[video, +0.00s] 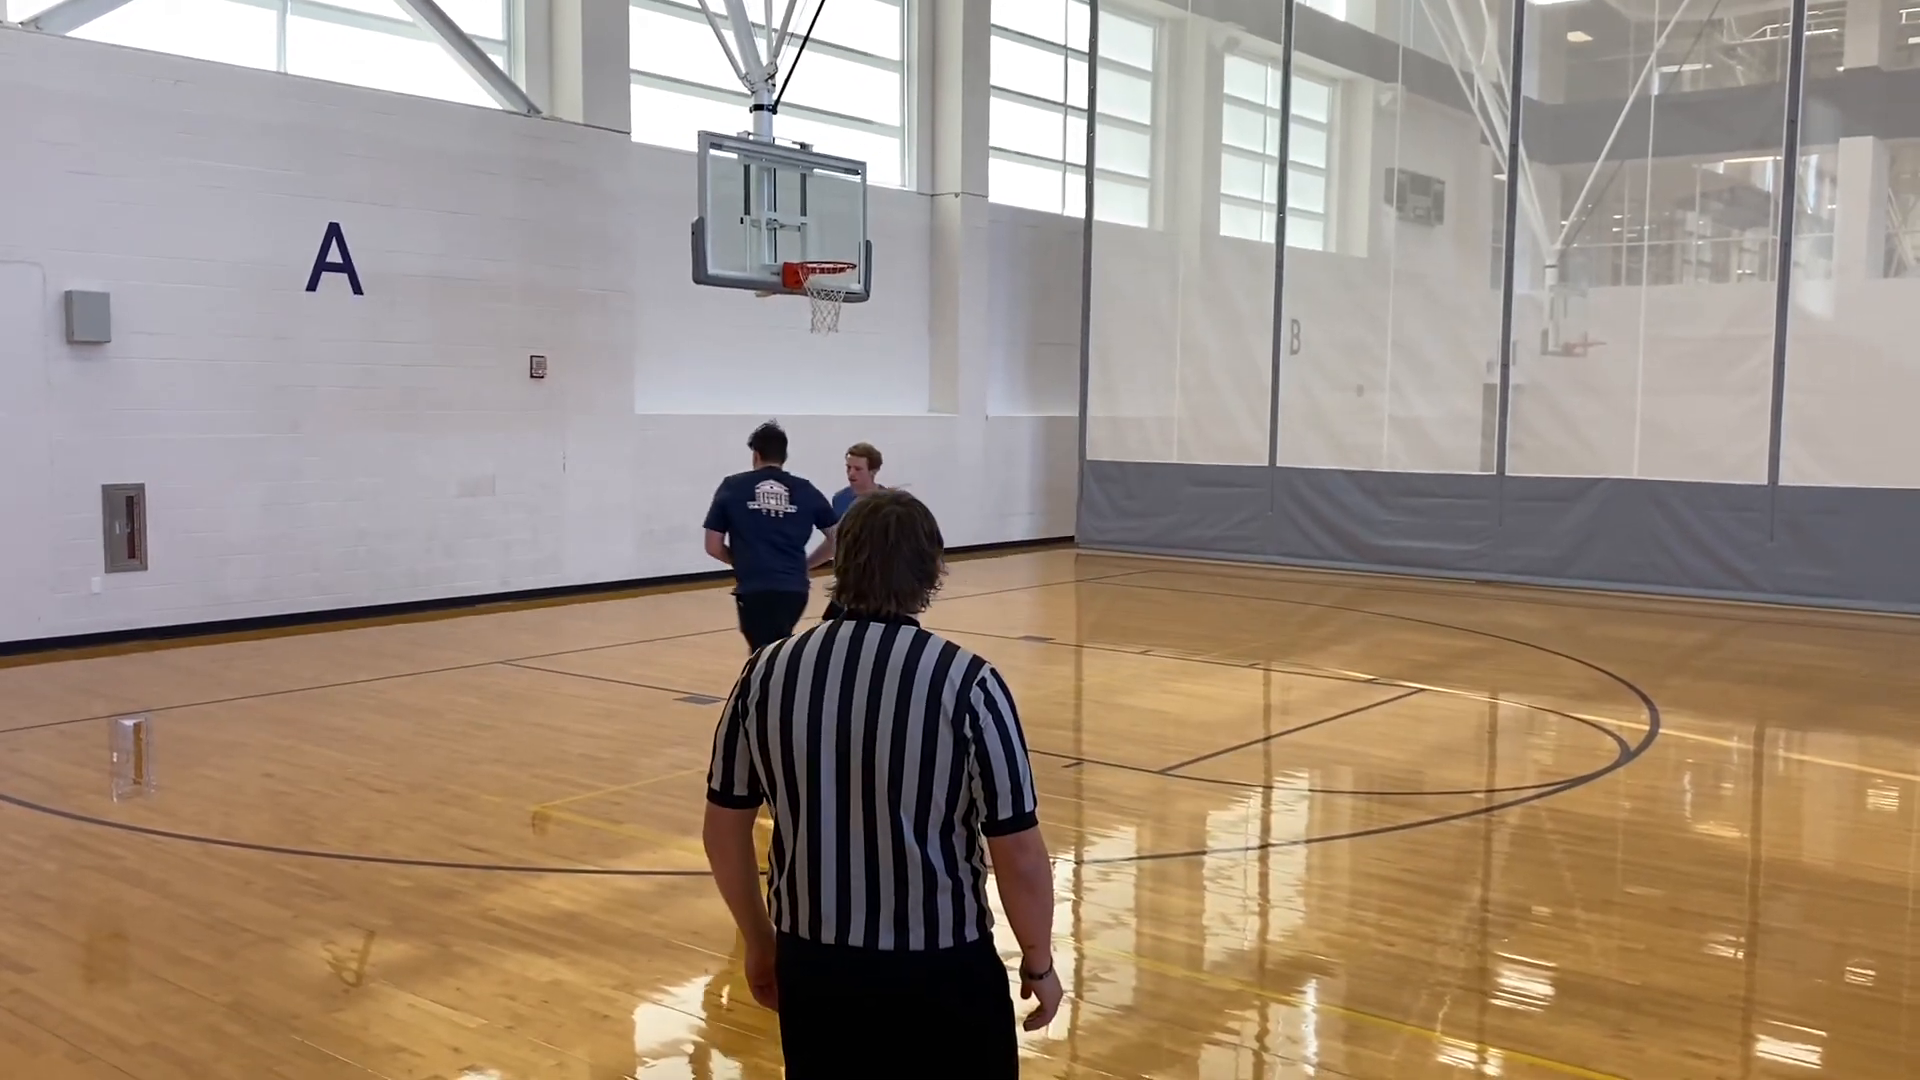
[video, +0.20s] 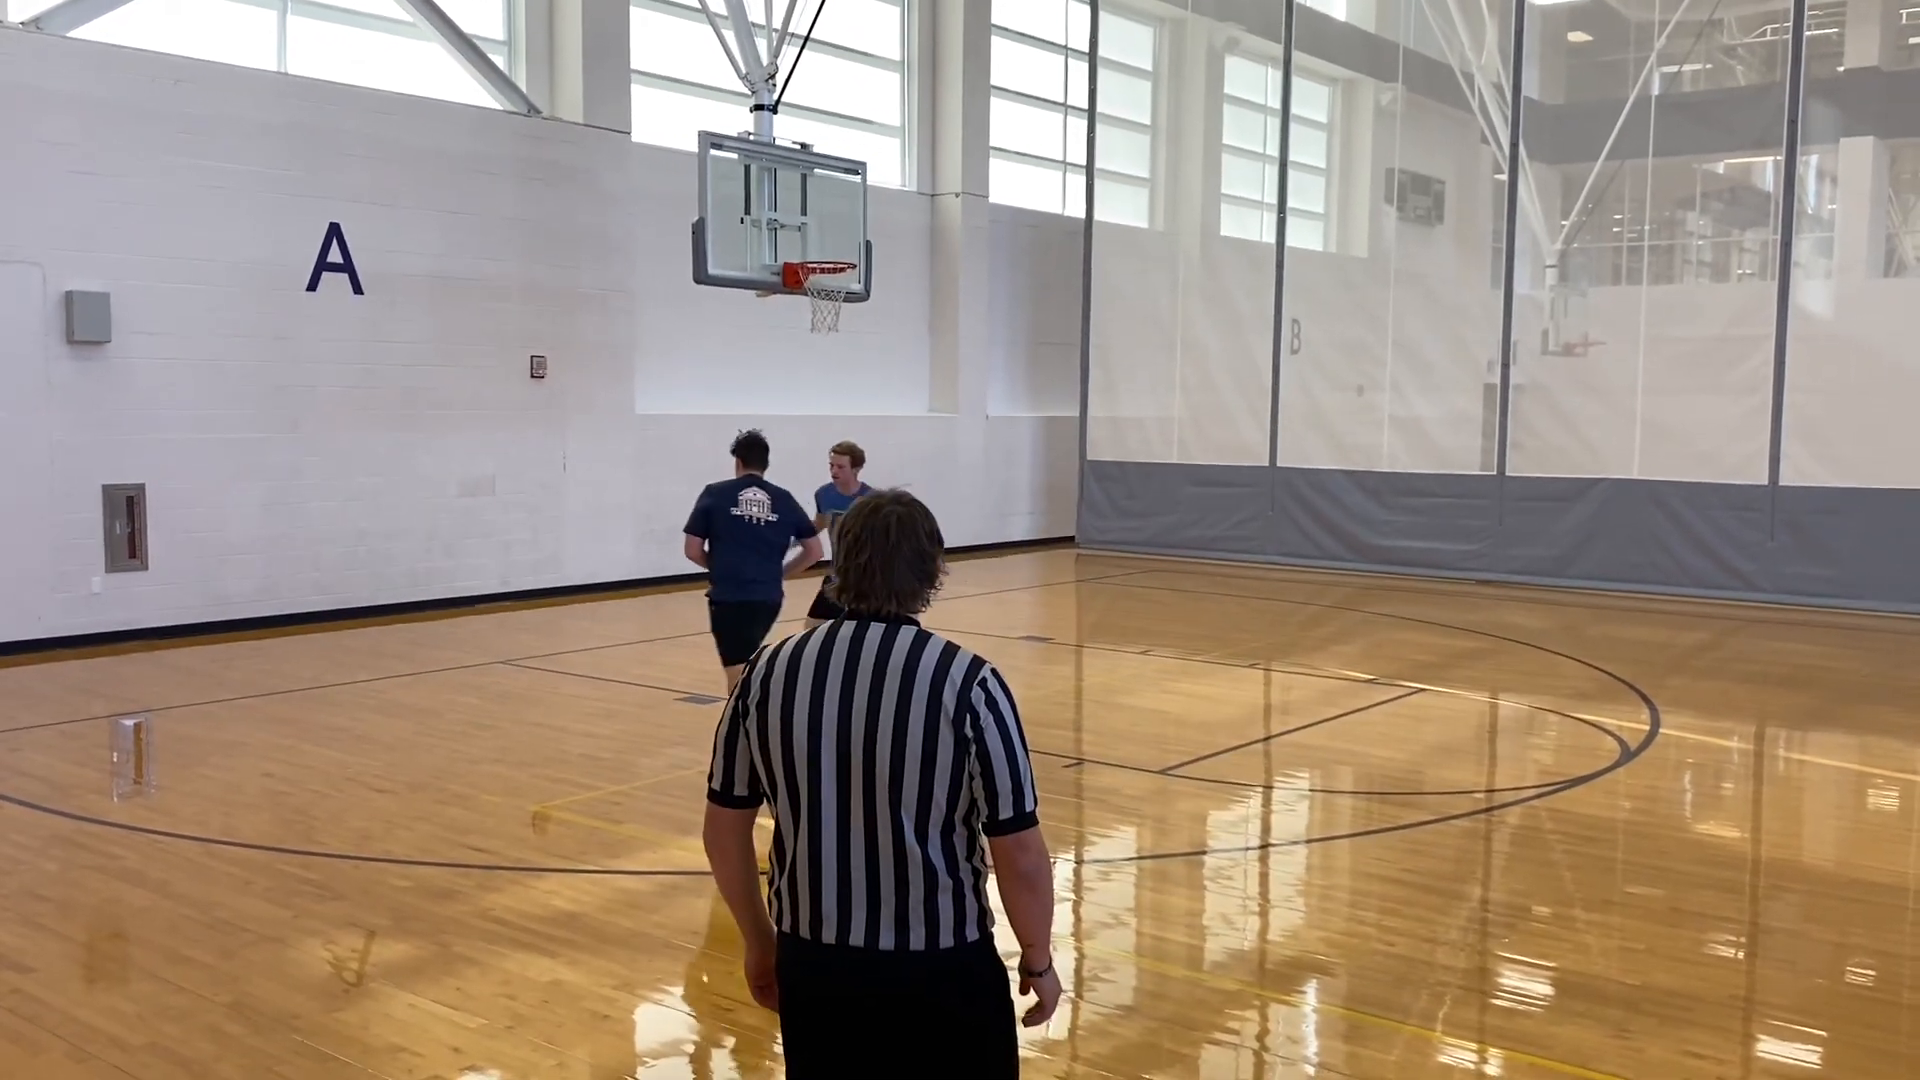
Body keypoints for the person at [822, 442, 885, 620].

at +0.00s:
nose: (851, 474)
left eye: (858, 469)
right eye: (848, 468)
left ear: (873, 471)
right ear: (845, 467)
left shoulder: (889, 501)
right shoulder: (839, 499)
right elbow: (835, 540)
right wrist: (805, 564)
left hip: (882, 577)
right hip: (848, 576)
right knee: (828, 627)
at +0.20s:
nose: (834, 471)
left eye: (840, 467)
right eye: (831, 466)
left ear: (856, 469)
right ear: (828, 465)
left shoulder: (873, 498)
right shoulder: (823, 494)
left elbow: (882, 536)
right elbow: (821, 522)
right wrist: (802, 537)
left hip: (869, 574)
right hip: (838, 573)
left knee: (869, 625)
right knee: (813, 624)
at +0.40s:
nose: (817, 468)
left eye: (822, 463)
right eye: (815, 462)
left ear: (838, 466)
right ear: (812, 463)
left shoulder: (855, 497)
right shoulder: (807, 492)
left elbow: (867, 534)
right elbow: (802, 514)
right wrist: (776, 528)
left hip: (850, 576)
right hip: (821, 574)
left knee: (850, 631)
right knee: (803, 632)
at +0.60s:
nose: (799, 463)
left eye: (805, 458)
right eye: (798, 457)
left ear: (822, 460)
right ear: (795, 457)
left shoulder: (840, 493)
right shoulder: (796, 483)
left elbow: (855, 533)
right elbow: (793, 506)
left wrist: (847, 574)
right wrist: (762, 521)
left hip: (835, 574)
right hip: (807, 573)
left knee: (836, 631)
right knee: (793, 627)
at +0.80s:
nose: (786, 456)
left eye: (792, 451)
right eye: (785, 450)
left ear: (809, 453)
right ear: (783, 450)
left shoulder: (825, 483)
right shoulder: (786, 477)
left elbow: (853, 517)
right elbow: (790, 504)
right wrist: (764, 518)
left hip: (826, 564)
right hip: (798, 562)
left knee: (818, 620)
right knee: (783, 618)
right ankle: (799, 665)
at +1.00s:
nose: (774, 455)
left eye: (780, 450)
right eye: (773, 449)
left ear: (797, 452)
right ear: (772, 449)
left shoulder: (813, 482)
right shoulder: (778, 477)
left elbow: (843, 517)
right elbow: (785, 510)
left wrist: (840, 548)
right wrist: (763, 526)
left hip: (816, 563)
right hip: (788, 560)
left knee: (805, 619)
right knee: (767, 610)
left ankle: (819, 668)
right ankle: (787, 664)